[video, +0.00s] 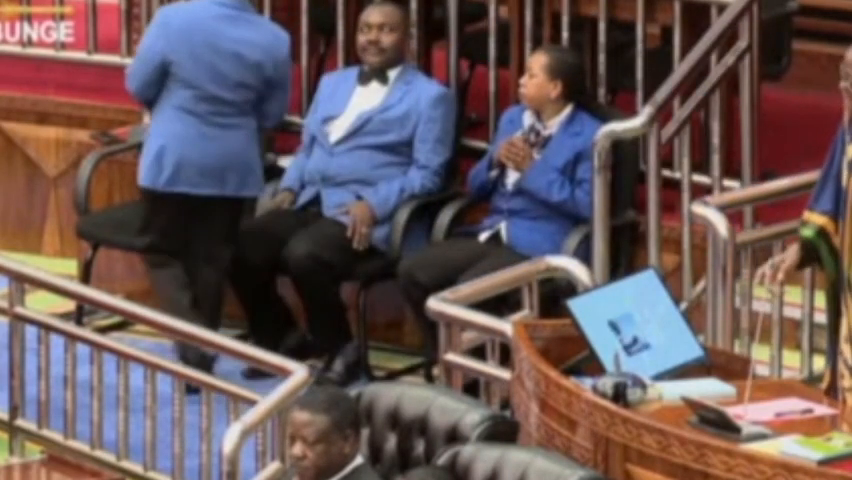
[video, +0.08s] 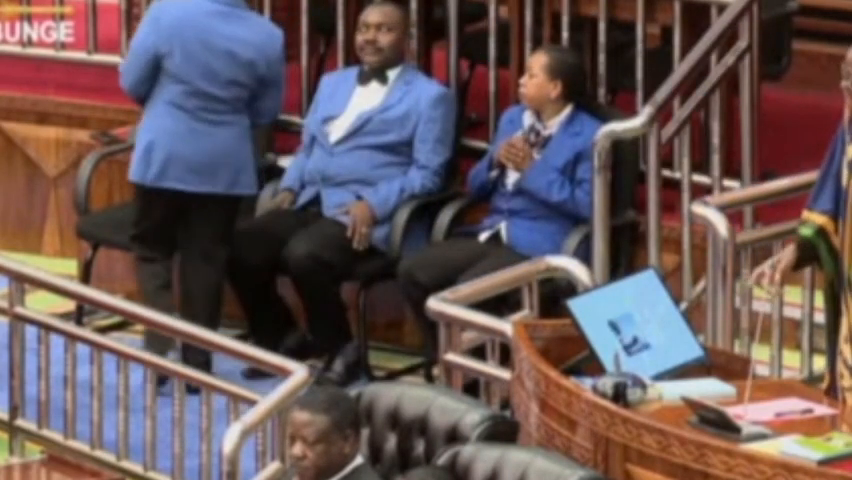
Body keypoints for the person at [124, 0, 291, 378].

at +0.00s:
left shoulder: (173, 19)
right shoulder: (274, 38)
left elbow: (141, 84)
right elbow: (272, 112)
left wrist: (168, 108)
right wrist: (241, 134)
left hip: (173, 160)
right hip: (236, 165)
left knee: (162, 252)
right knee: (212, 266)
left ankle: (190, 340)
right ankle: (198, 367)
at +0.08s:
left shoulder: (166, 14)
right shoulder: (267, 35)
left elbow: (134, 81)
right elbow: (267, 110)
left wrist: (166, 104)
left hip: (163, 159)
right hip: (226, 166)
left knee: (152, 253)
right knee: (206, 261)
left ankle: (160, 356)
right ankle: (197, 366)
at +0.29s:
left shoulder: (132, 12)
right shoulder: (236, 33)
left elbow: (112, 76)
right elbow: (248, 107)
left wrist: (150, 93)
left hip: (141, 155)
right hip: (204, 160)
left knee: (137, 252)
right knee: (200, 256)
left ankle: (126, 355)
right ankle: (195, 367)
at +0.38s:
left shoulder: (123, 10)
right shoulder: (226, 29)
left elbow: (107, 76)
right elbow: (238, 105)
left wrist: (145, 86)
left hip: (135, 147)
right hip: (196, 154)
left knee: (136, 248)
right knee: (195, 253)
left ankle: (127, 355)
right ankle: (193, 367)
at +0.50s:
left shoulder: (113, 10)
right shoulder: (214, 26)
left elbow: (102, 74)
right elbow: (231, 103)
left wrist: (141, 81)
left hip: (126, 150)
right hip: (186, 158)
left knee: (135, 244)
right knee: (191, 252)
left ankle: (128, 353)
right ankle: (193, 366)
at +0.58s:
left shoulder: (98, 8)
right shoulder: (193, 22)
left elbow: (97, 71)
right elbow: (212, 99)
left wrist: (127, 88)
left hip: (117, 147)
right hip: (175, 155)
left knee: (130, 238)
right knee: (186, 250)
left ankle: (127, 350)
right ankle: (195, 357)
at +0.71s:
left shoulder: (96, 8)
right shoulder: (186, 21)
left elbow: (96, 72)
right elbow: (205, 99)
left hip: (114, 145)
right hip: (171, 154)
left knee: (129, 235)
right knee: (192, 246)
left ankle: (126, 349)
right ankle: (193, 352)